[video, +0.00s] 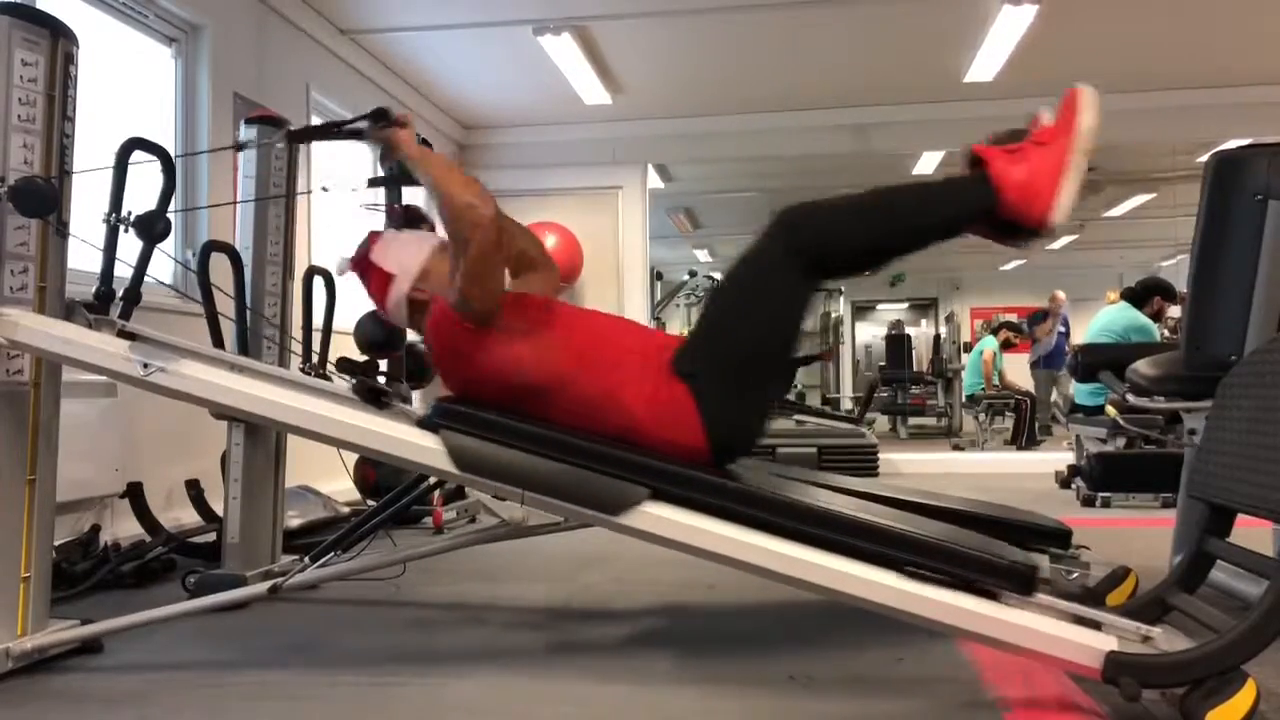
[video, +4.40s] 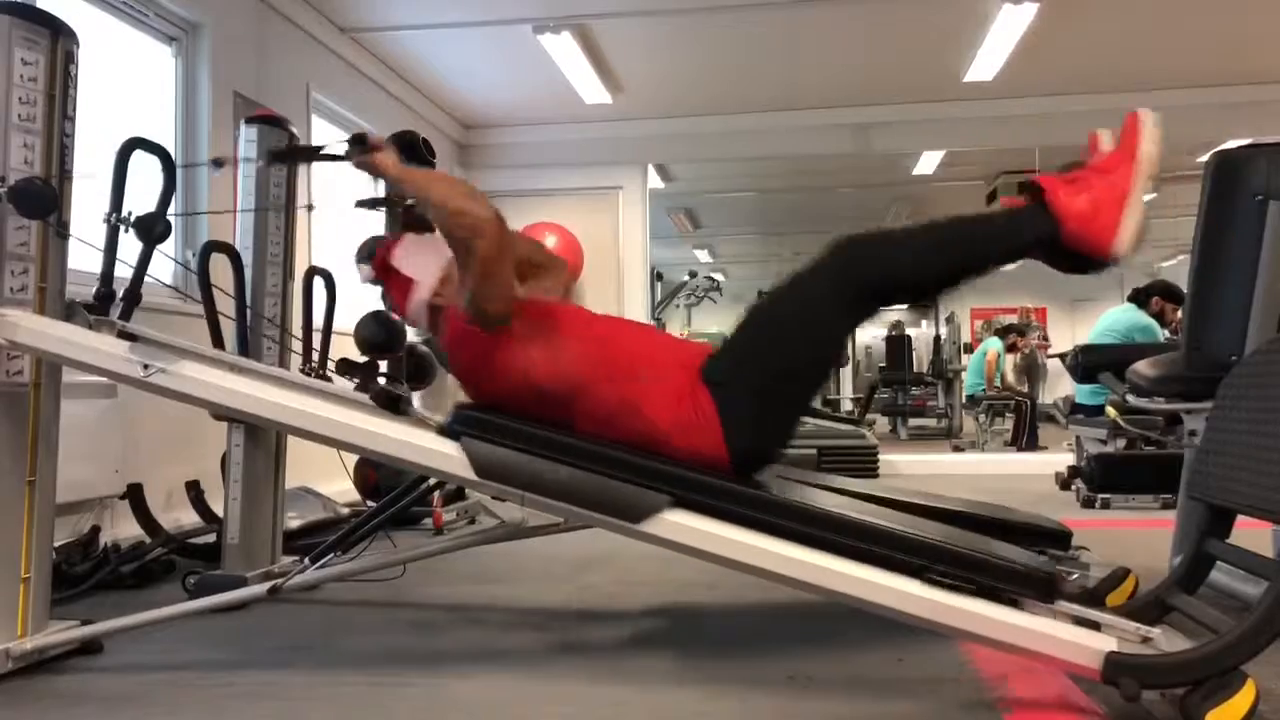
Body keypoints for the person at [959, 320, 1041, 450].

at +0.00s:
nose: (1017, 342)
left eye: (1018, 339)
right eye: (1015, 337)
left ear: (1004, 333)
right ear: (1004, 332)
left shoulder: (997, 350)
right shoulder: (991, 341)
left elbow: (1003, 381)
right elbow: (987, 360)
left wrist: (1019, 389)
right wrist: (989, 390)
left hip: (985, 391)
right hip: (976, 393)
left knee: (1029, 398)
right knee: (1025, 401)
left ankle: (1028, 439)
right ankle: (1022, 443)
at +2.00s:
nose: (1019, 342)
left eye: (1020, 339)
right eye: (1019, 338)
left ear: (1011, 337)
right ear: (1013, 337)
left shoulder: (999, 348)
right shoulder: (995, 343)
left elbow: (1004, 382)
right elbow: (990, 361)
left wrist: (1019, 389)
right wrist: (990, 389)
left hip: (982, 393)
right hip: (977, 393)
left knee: (1026, 399)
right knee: (1027, 400)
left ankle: (1018, 442)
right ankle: (1027, 444)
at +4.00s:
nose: (1019, 343)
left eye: (1021, 340)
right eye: (1019, 338)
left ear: (1010, 337)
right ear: (1011, 336)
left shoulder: (999, 349)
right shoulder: (995, 342)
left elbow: (1005, 383)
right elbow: (989, 360)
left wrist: (1023, 392)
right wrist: (990, 389)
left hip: (983, 392)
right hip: (977, 393)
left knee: (1027, 400)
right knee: (1027, 401)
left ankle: (1019, 441)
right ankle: (1027, 443)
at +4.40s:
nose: (1020, 348)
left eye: (1022, 345)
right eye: (1021, 343)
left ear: (1011, 338)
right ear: (1012, 337)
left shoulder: (999, 349)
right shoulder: (995, 342)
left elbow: (1005, 383)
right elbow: (990, 359)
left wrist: (1022, 393)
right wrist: (990, 389)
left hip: (982, 393)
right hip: (977, 393)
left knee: (1026, 401)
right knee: (1027, 402)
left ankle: (1017, 442)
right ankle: (1026, 445)